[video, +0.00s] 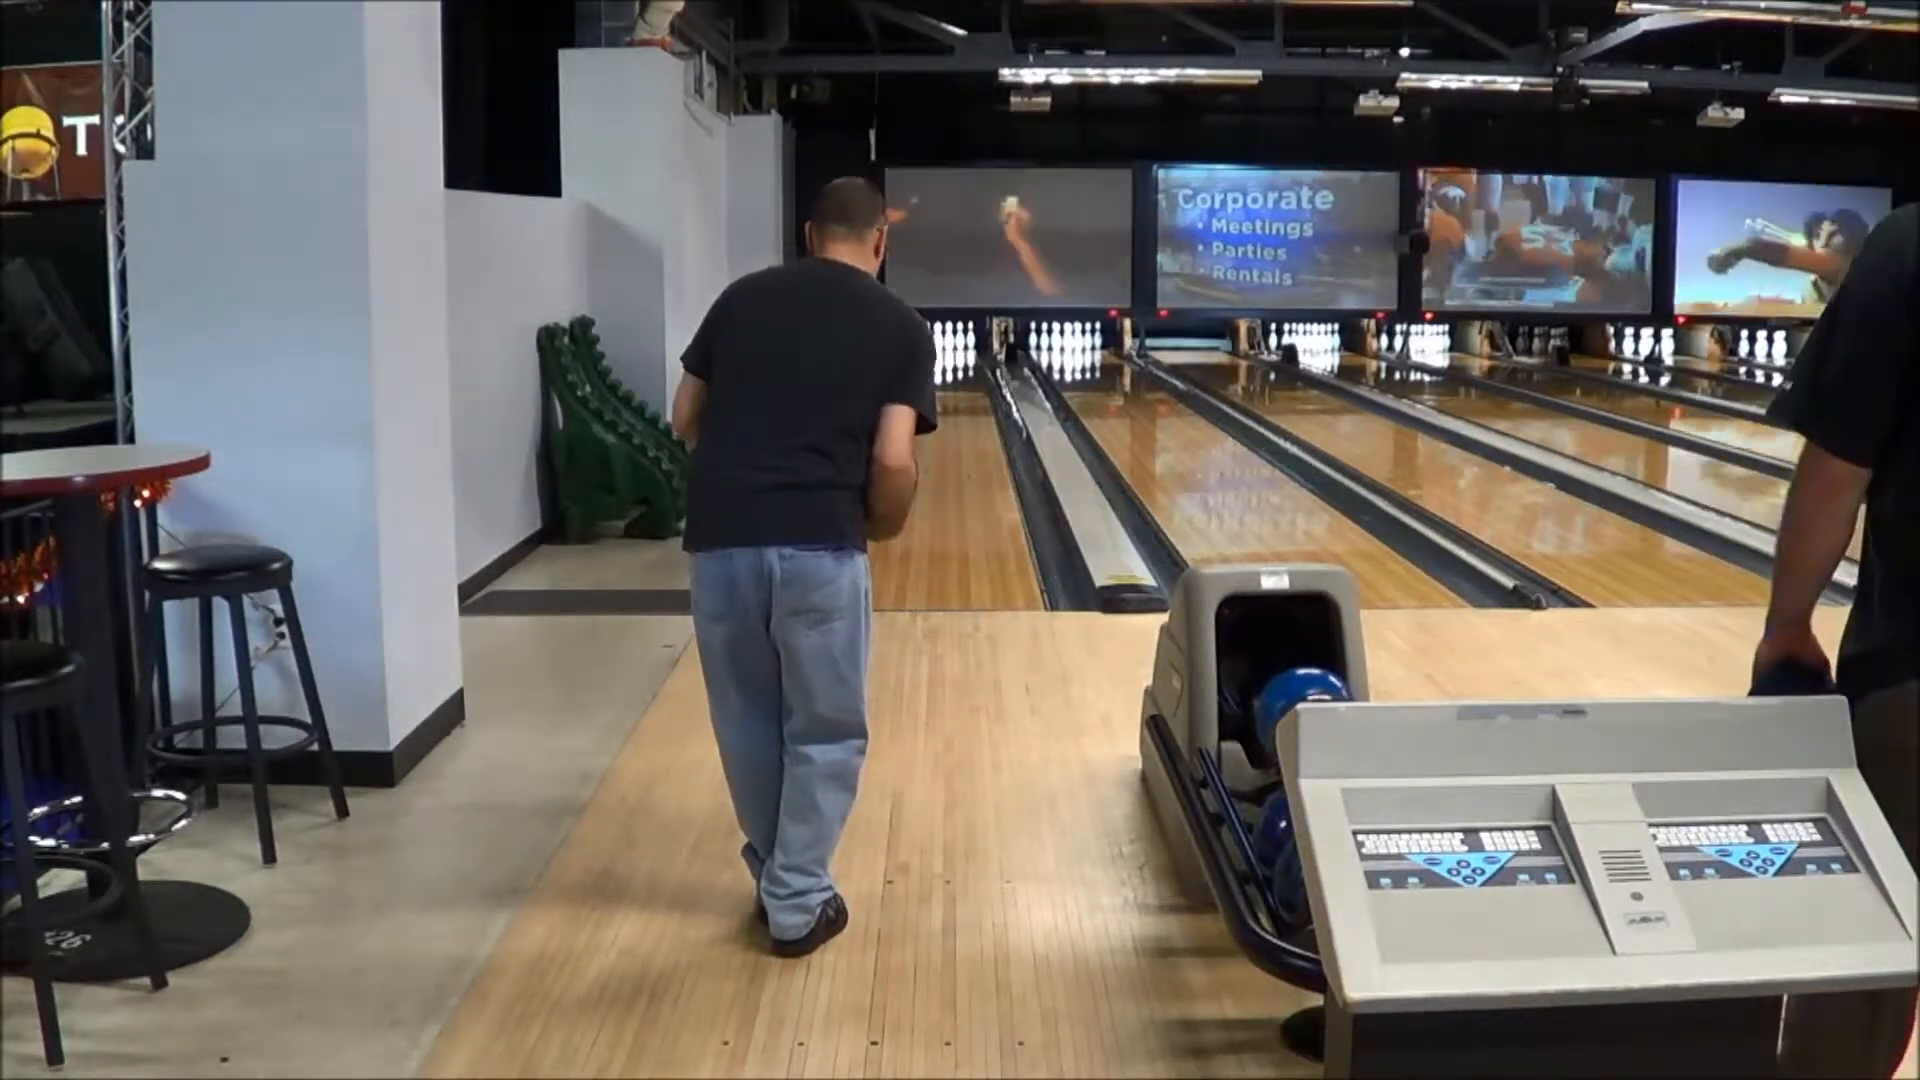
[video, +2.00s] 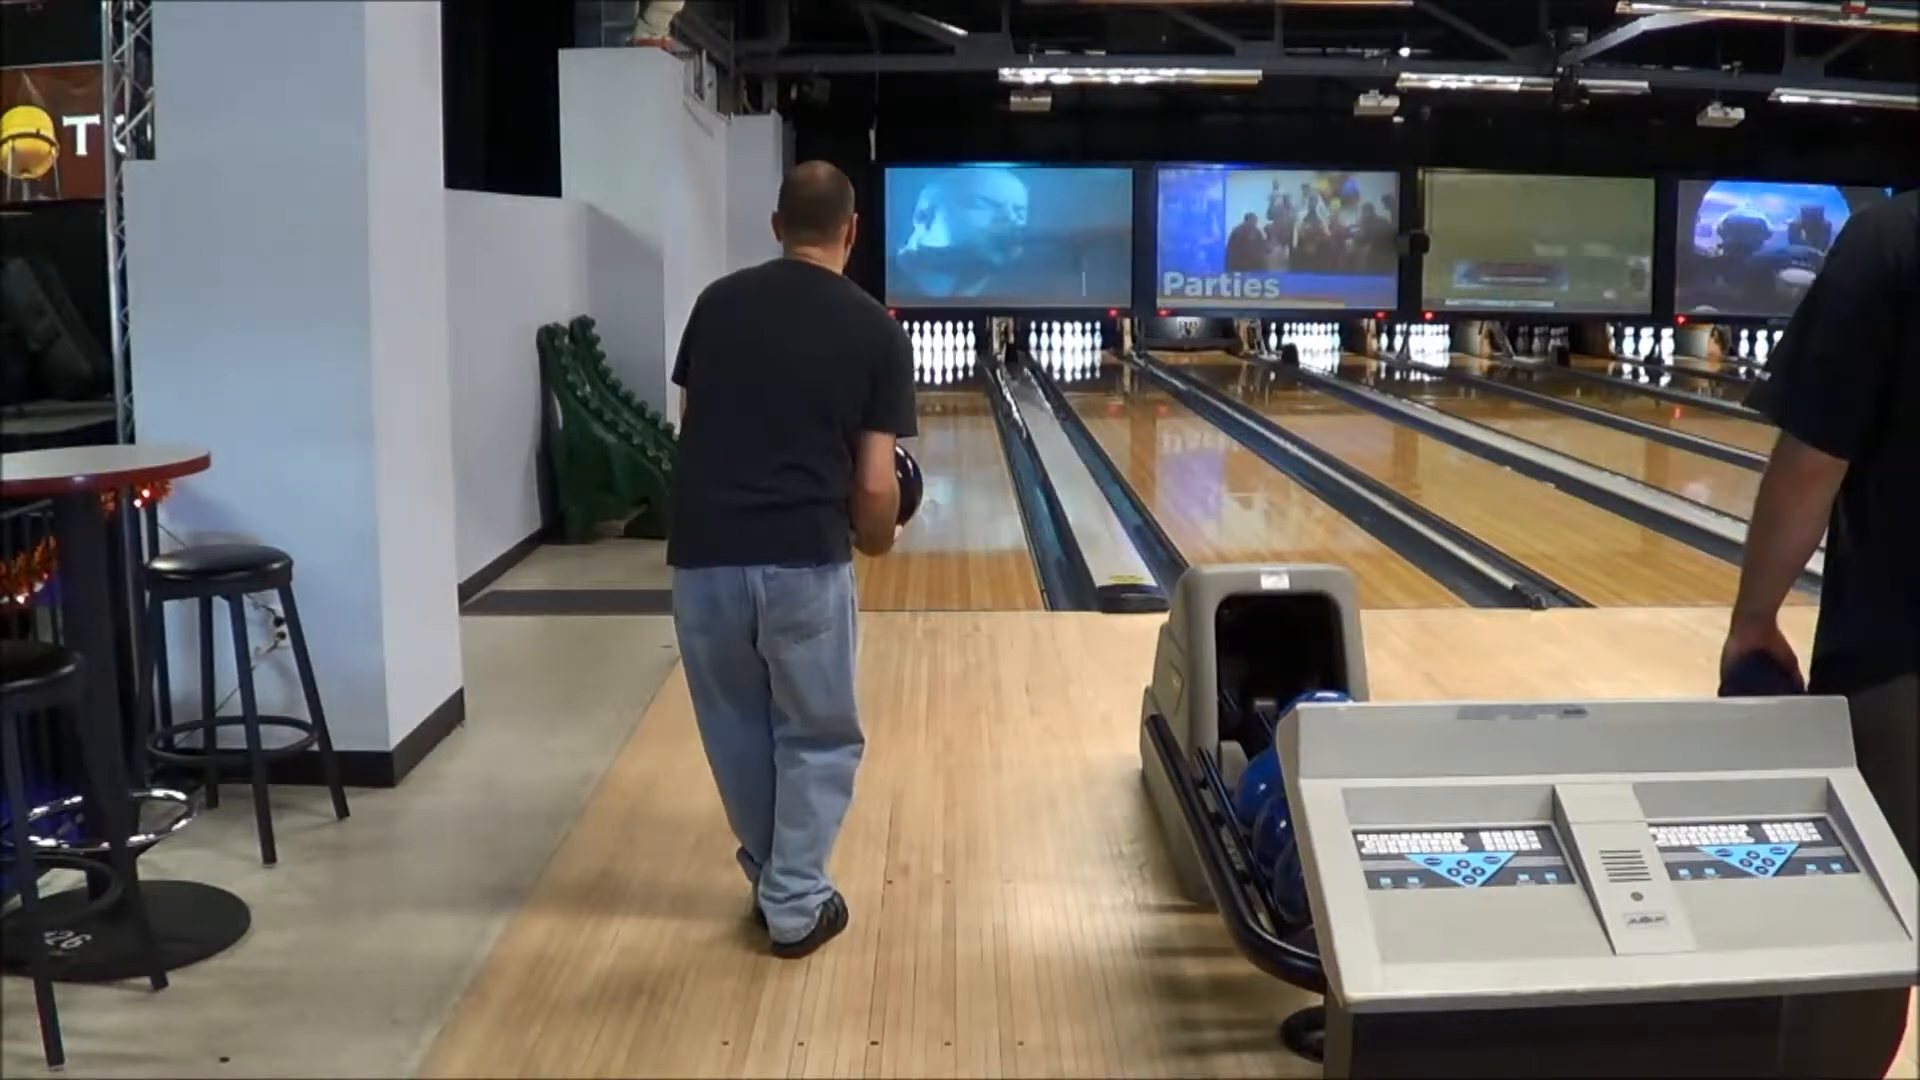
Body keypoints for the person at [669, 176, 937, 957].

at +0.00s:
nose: (882, 249)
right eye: (886, 238)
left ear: (808, 234)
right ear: (883, 237)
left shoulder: (744, 296)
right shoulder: (898, 324)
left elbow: (686, 416)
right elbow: (893, 460)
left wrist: (735, 470)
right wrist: (878, 528)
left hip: (720, 540)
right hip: (820, 543)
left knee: (744, 715)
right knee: (826, 729)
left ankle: (772, 868)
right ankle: (793, 904)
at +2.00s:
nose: (855, 235)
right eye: (857, 224)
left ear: (774, 226)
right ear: (852, 229)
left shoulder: (718, 302)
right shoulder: (872, 328)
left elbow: (688, 427)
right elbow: (875, 489)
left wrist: (726, 491)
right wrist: (877, 538)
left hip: (703, 556)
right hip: (806, 558)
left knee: (734, 724)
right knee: (819, 736)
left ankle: (767, 870)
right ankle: (793, 903)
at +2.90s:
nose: (845, 242)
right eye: (850, 232)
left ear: (777, 231)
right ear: (848, 237)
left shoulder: (716, 299)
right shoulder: (865, 333)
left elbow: (683, 411)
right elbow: (857, 482)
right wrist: (866, 540)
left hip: (687, 542)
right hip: (786, 543)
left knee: (731, 718)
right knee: (812, 717)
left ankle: (769, 877)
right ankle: (796, 889)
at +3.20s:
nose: (847, 246)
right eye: (852, 236)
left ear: (778, 235)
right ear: (849, 240)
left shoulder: (719, 303)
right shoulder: (866, 336)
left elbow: (684, 419)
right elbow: (856, 485)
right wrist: (865, 542)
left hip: (690, 543)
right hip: (787, 543)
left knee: (730, 711)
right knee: (819, 709)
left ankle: (771, 881)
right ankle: (831, 872)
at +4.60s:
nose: (868, 271)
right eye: (869, 263)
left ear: (807, 260)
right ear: (865, 262)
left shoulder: (769, 297)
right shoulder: (861, 309)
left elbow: (723, 369)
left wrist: (682, 418)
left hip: (705, 457)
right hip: (778, 460)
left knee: (722, 613)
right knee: (794, 611)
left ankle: (755, 750)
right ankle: (780, 723)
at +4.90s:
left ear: (833, 305)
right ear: (883, 321)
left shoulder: (803, 336)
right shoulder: (861, 333)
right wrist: (874, 260)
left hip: (727, 458)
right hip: (796, 459)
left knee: (760, 587)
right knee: (826, 578)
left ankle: (762, 723)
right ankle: (815, 692)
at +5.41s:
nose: (928, 346)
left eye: (922, 336)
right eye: (929, 339)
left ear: (891, 325)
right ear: (928, 339)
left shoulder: (856, 347)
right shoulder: (920, 376)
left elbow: (791, 342)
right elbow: (910, 433)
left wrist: (733, 321)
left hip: (781, 451)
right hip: (829, 464)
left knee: (839, 531)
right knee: (813, 550)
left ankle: (861, 609)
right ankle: (778, 653)